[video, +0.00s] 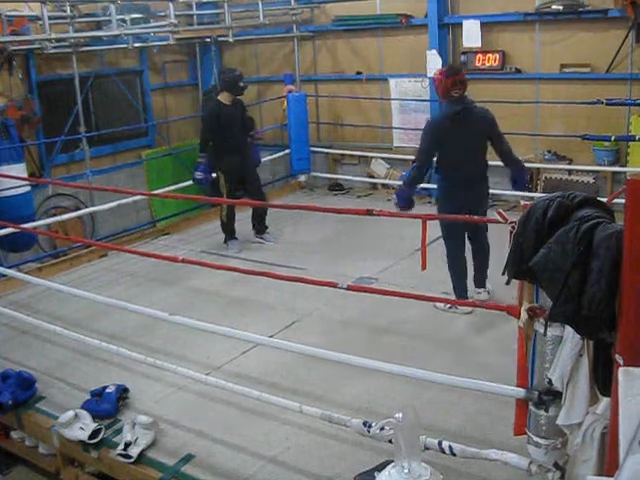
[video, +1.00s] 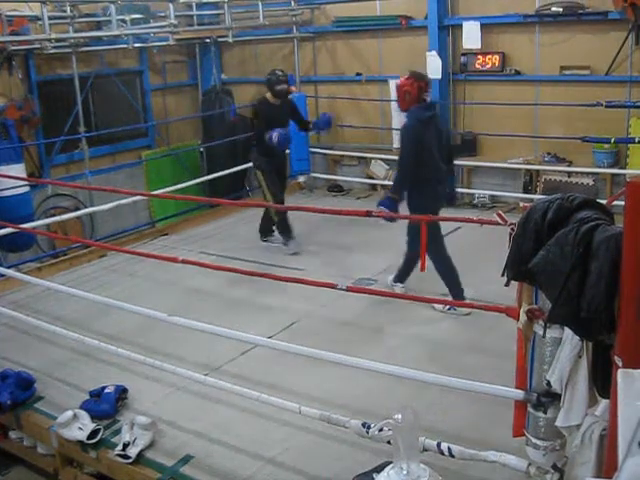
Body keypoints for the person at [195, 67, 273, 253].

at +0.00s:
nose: (243, 86)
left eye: (242, 82)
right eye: (239, 83)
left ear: (229, 85)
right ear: (229, 85)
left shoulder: (239, 105)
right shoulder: (212, 109)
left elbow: (245, 129)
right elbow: (206, 136)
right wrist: (203, 160)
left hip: (244, 159)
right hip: (224, 161)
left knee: (258, 196)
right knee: (228, 199)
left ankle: (260, 230)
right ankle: (230, 237)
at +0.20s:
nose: (247, 86)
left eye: (246, 83)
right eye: (243, 83)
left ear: (235, 85)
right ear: (233, 85)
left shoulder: (243, 105)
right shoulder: (217, 109)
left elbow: (250, 133)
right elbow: (210, 139)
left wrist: (260, 152)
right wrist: (213, 163)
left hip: (247, 157)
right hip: (227, 160)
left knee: (260, 196)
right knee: (229, 199)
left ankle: (265, 232)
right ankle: (230, 238)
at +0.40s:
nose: (253, 86)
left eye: (253, 82)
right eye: (249, 83)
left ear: (252, 83)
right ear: (239, 85)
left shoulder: (252, 104)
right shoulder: (228, 107)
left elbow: (260, 130)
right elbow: (226, 136)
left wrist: (271, 146)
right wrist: (233, 160)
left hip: (256, 156)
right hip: (238, 158)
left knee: (264, 195)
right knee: (236, 198)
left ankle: (266, 232)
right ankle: (231, 237)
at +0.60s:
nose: (263, 87)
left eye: (265, 83)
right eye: (259, 83)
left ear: (267, 84)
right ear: (250, 85)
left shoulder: (264, 103)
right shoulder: (240, 105)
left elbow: (273, 125)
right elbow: (238, 132)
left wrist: (287, 137)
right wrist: (249, 150)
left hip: (264, 154)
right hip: (247, 156)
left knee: (268, 196)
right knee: (250, 197)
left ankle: (266, 233)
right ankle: (233, 236)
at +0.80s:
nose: (273, 87)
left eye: (276, 83)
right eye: (269, 84)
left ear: (280, 84)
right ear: (261, 86)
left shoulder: (276, 104)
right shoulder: (251, 104)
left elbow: (286, 122)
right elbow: (247, 131)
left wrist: (303, 132)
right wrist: (262, 144)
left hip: (270, 152)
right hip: (252, 153)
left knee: (273, 194)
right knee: (265, 194)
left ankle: (265, 230)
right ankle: (257, 229)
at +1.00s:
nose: (285, 88)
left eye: (286, 84)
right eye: (280, 85)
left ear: (288, 85)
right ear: (271, 87)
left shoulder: (288, 103)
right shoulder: (260, 106)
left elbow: (302, 125)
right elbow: (257, 135)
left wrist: (316, 125)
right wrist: (270, 138)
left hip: (280, 154)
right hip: (261, 156)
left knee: (278, 194)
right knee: (274, 195)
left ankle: (265, 231)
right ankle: (287, 236)